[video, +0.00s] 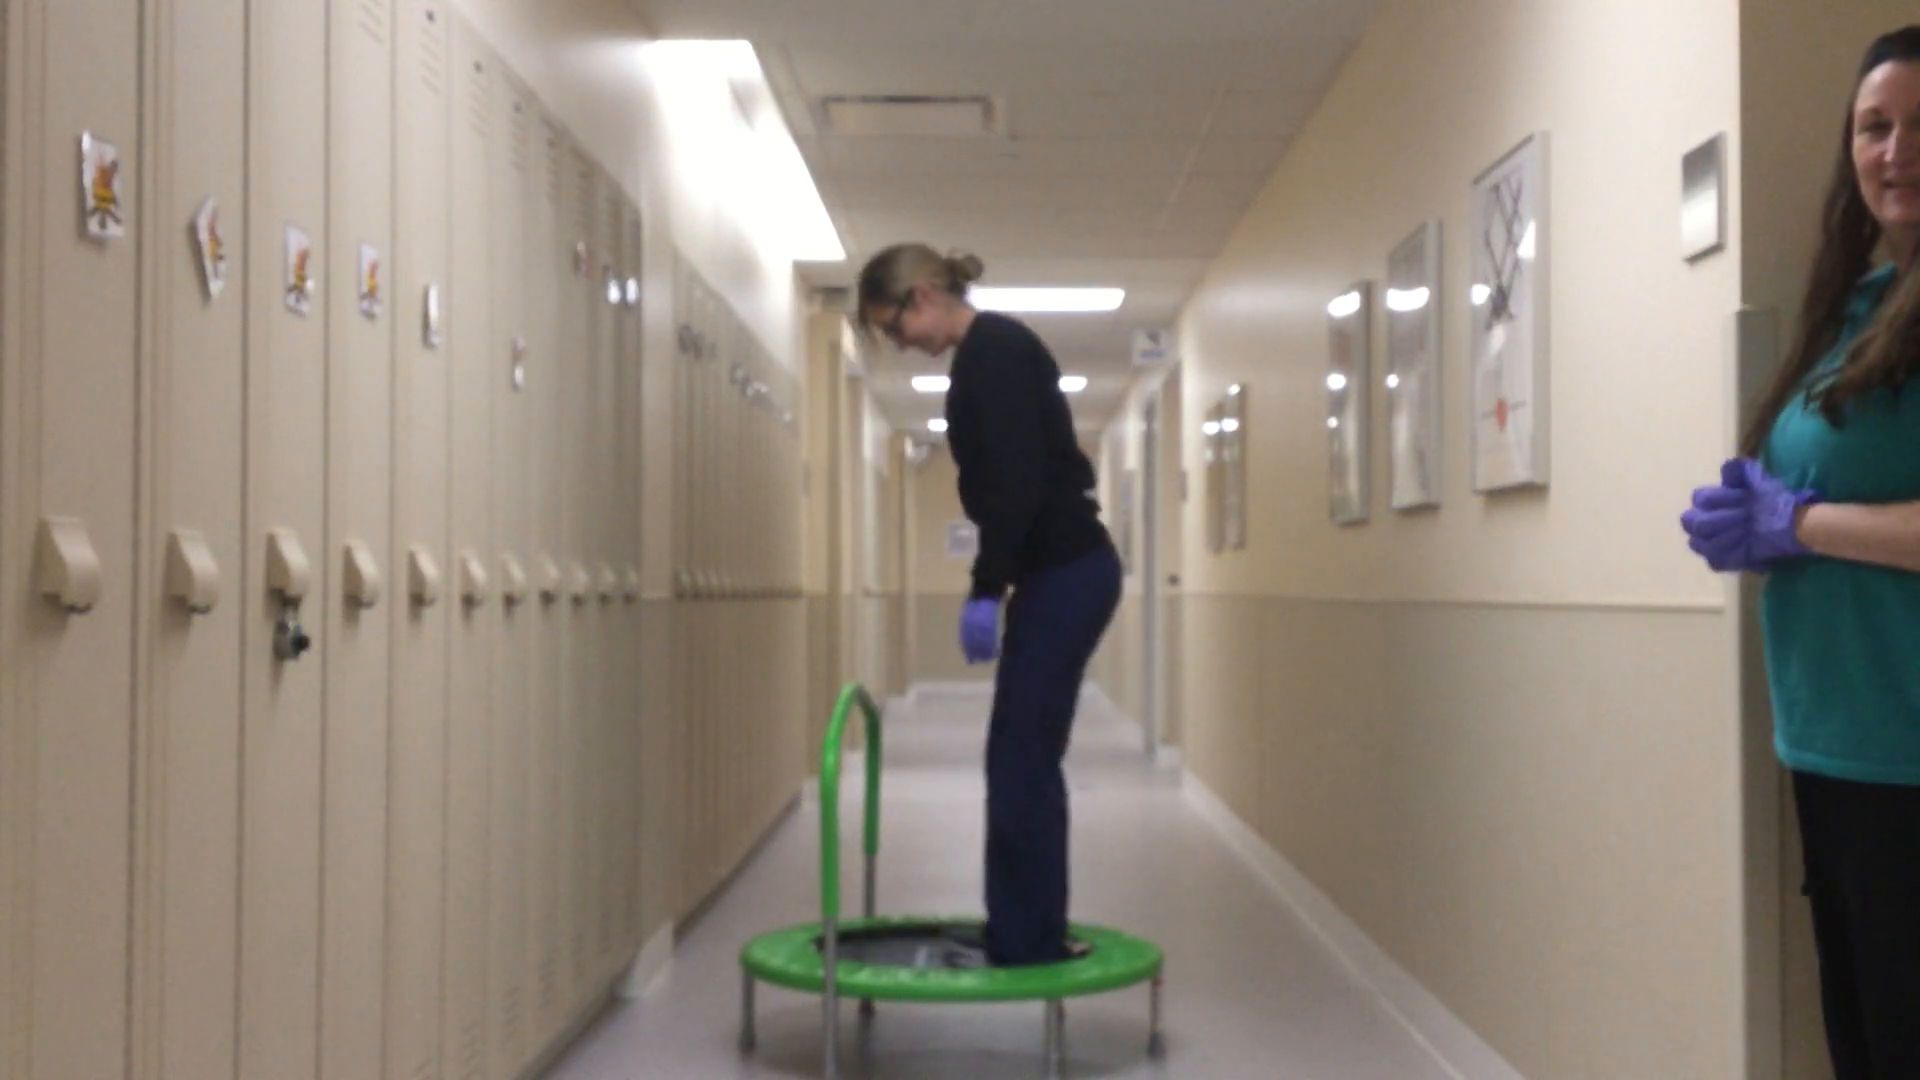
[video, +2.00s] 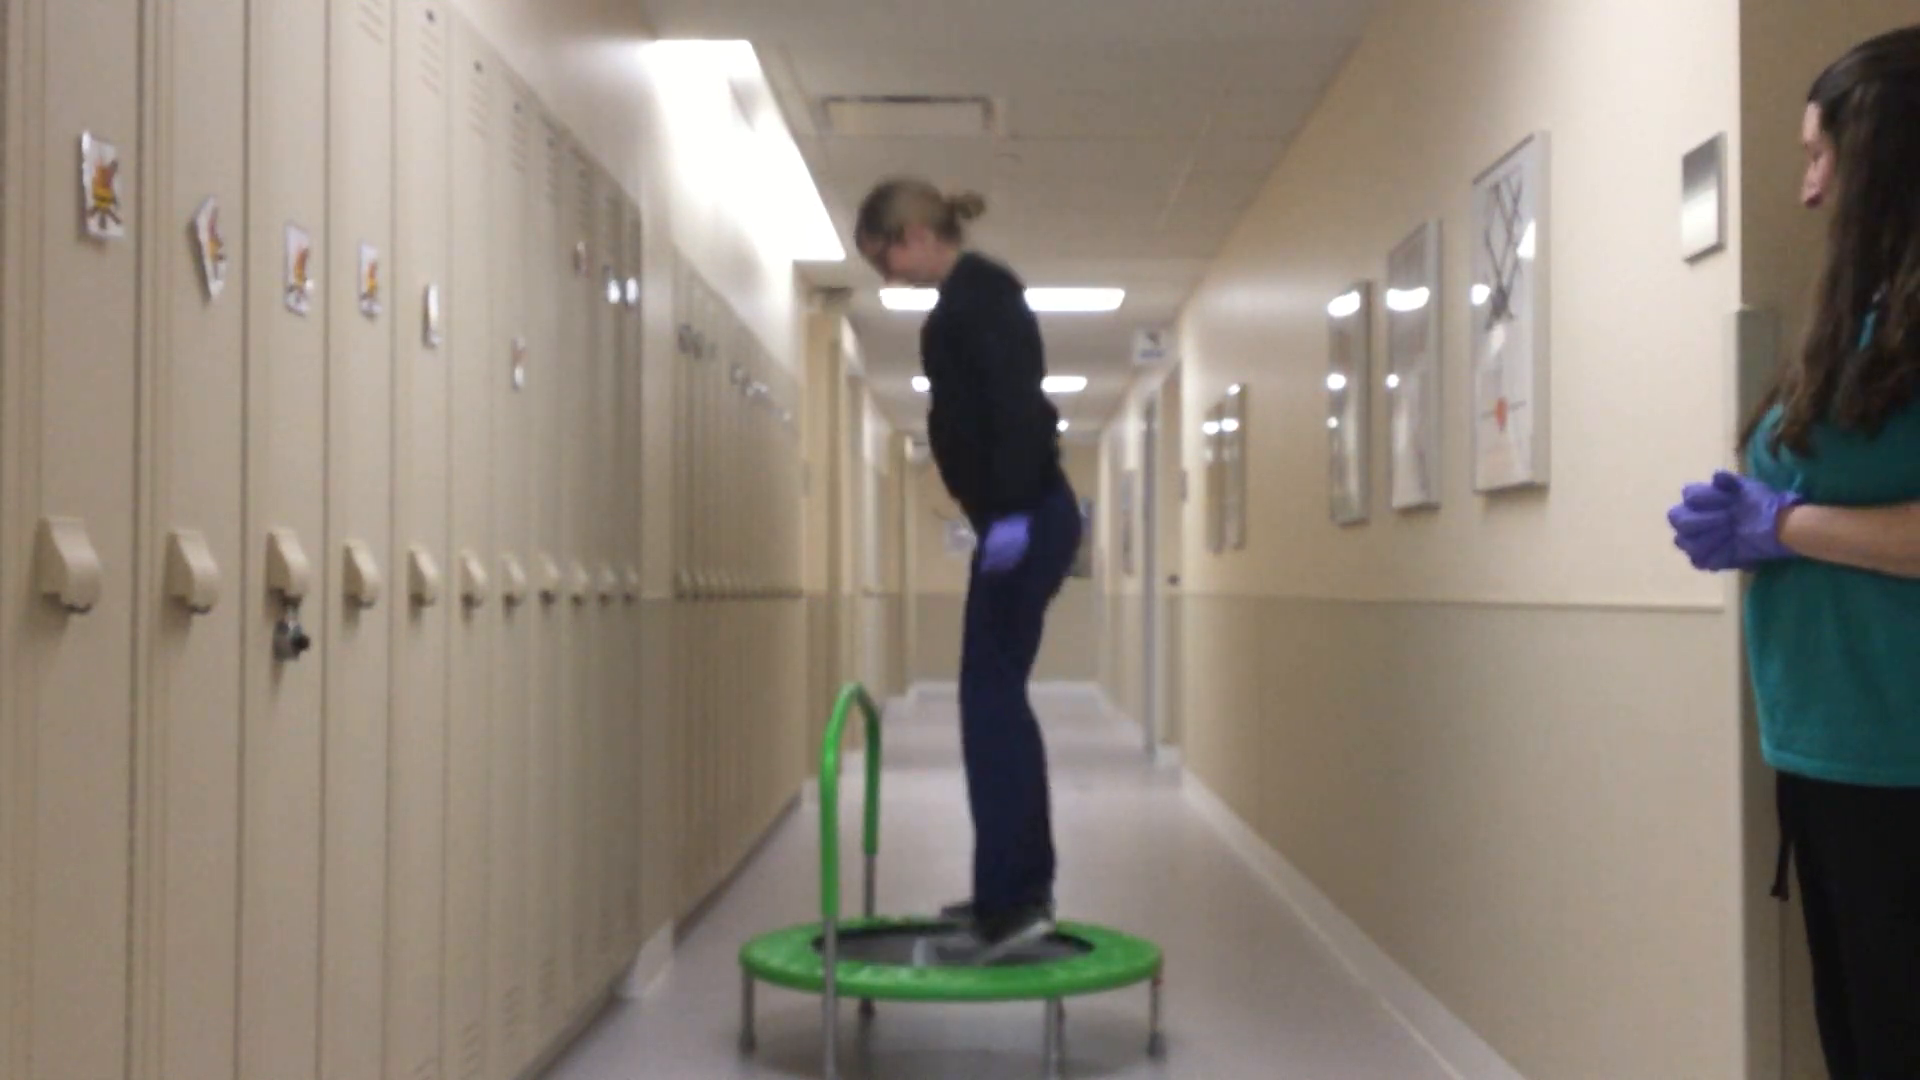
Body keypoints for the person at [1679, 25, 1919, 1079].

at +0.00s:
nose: (1891, 149)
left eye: (1912, 126)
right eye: (1874, 126)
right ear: (1848, 145)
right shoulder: (1848, 297)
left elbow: (1915, 524)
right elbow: (1814, 469)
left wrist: (1800, 522)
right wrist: (1756, 505)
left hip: (1899, 740)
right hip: (1824, 731)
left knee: (1898, 1028)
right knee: (1858, 1025)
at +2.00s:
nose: (1804, 180)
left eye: (1817, 152)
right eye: (1805, 153)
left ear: (1876, 155)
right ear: (1878, 162)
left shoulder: (1901, 316)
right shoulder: (1850, 311)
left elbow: (1910, 529)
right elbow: (1810, 468)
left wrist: (1784, 524)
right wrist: (1754, 508)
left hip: (1889, 751)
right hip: (1818, 742)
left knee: (1889, 1036)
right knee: (1852, 1032)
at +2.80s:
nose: (1823, 147)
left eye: (1854, 117)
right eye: (1802, 125)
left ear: (1916, 131)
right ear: (1785, 150)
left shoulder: (1911, 288)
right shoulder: (1801, 296)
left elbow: (1917, 527)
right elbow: (1795, 495)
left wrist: (1781, 552)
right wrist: (1738, 531)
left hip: (1896, 750)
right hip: (1809, 747)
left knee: (1892, 1037)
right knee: (1849, 1038)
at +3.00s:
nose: (1799, 146)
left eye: (1830, 115)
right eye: (1779, 124)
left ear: (1894, 127)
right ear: (1761, 146)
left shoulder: (1907, 284)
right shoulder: (1771, 296)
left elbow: (1919, 525)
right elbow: (1796, 515)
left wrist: (1776, 583)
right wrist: (1730, 585)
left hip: (1899, 751)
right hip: (1808, 752)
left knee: (1894, 1039)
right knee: (1850, 1039)